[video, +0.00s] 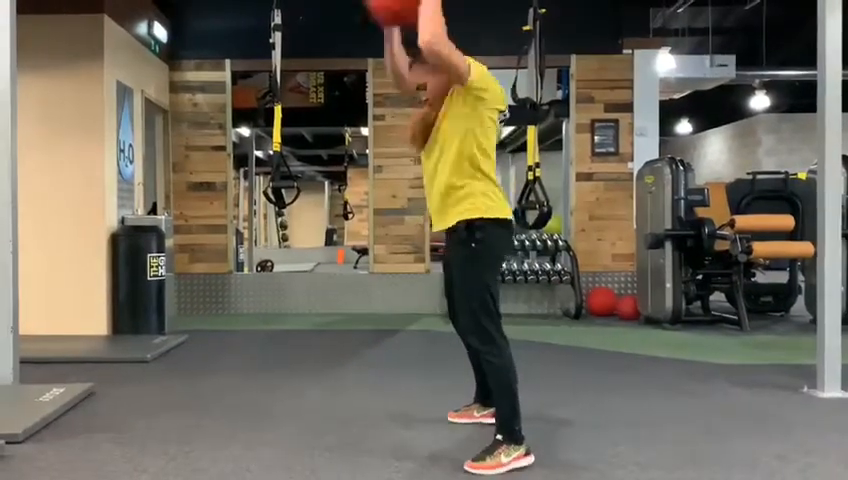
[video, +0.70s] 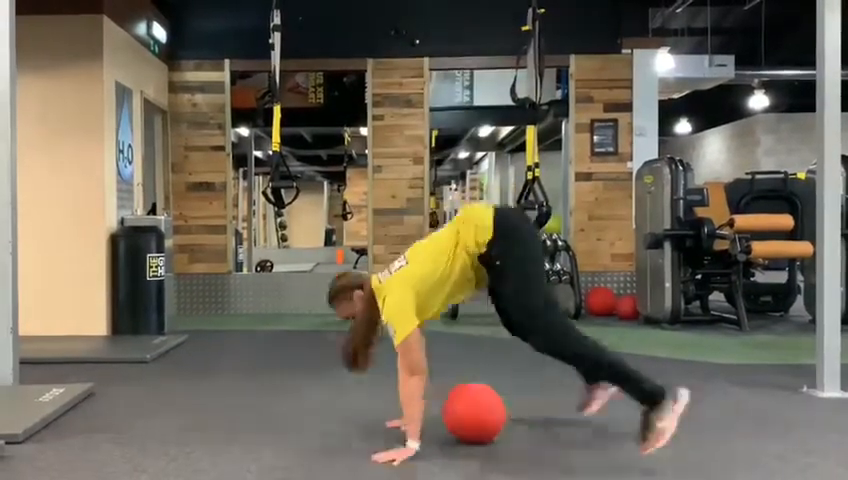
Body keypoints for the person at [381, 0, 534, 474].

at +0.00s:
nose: (426, 72)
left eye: (430, 62)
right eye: (425, 66)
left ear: (449, 57)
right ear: (428, 71)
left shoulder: (481, 85)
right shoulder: (443, 98)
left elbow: (432, 42)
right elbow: (401, 72)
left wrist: (427, 2)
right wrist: (391, 23)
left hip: (481, 221)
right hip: (459, 223)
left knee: (482, 325)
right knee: (464, 317)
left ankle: (513, 441)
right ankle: (487, 400)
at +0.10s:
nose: (417, 97)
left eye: (417, 89)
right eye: (413, 91)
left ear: (436, 72)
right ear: (430, 82)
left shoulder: (477, 85)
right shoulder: (446, 110)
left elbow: (430, 122)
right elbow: (408, 144)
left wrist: (387, 84)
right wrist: (374, 110)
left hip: (497, 216)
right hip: (471, 223)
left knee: (480, 316)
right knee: (466, 312)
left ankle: (510, 436)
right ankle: (485, 396)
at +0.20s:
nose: (396, 128)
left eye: (394, 119)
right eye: (391, 123)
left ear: (412, 101)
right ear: (411, 104)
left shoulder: (450, 120)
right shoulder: (440, 129)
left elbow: (451, 193)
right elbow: (443, 196)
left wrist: (398, 217)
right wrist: (394, 226)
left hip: (513, 225)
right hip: (492, 227)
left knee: (481, 324)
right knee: (465, 312)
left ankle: (513, 440)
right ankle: (484, 394)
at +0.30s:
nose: (379, 176)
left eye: (378, 168)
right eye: (374, 171)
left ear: (394, 151)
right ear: (393, 153)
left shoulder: (431, 171)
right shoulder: (421, 175)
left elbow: (450, 239)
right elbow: (428, 245)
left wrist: (416, 299)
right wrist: (412, 300)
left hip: (520, 249)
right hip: (497, 249)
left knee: (464, 334)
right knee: (452, 319)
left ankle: (514, 443)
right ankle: (484, 399)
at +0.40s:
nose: (371, 219)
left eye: (369, 211)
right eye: (365, 214)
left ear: (382, 191)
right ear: (381, 194)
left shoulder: (424, 206)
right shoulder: (408, 214)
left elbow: (442, 277)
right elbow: (425, 281)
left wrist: (422, 341)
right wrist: (412, 341)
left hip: (520, 267)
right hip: (494, 267)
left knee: (456, 344)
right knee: (441, 329)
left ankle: (514, 445)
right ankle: (484, 401)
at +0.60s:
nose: (359, 288)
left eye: (355, 281)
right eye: (354, 285)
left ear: (364, 263)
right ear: (366, 259)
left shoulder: (400, 264)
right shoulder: (395, 256)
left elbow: (416, 341)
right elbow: (414, 338)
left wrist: (410, 406)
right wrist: (408, 398)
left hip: (519, 214)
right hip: (502, 220)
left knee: (520, 332)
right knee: (494, 314)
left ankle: (563, 436)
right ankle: (509, 401)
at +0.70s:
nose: (352, 323)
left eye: (349, 316)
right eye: (346, 319)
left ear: (360, 298)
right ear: (362, 291)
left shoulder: (396, 296)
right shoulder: (392, 287)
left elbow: (413, 372)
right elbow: (414, 362)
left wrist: (412, 441)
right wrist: (412, 411)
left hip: (500, 233)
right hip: (491, 245)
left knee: (545, 329)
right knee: (525, 326)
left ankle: (659, 399)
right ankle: (599, 379)